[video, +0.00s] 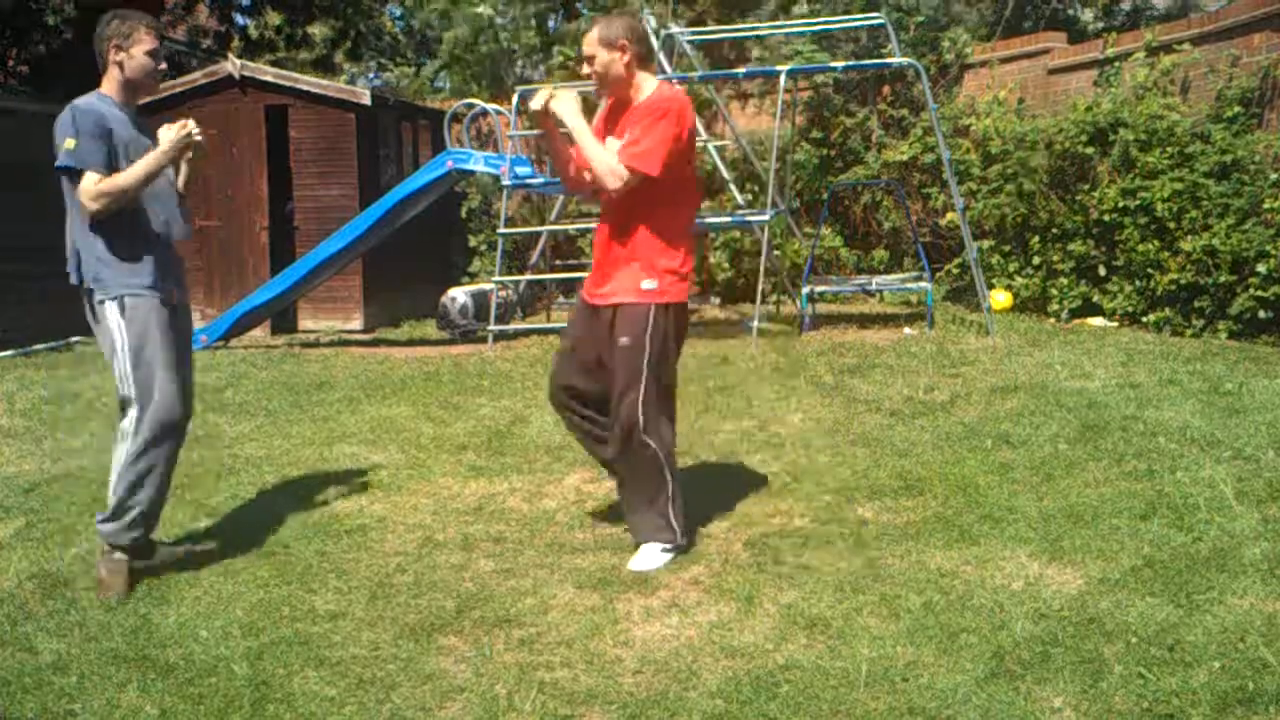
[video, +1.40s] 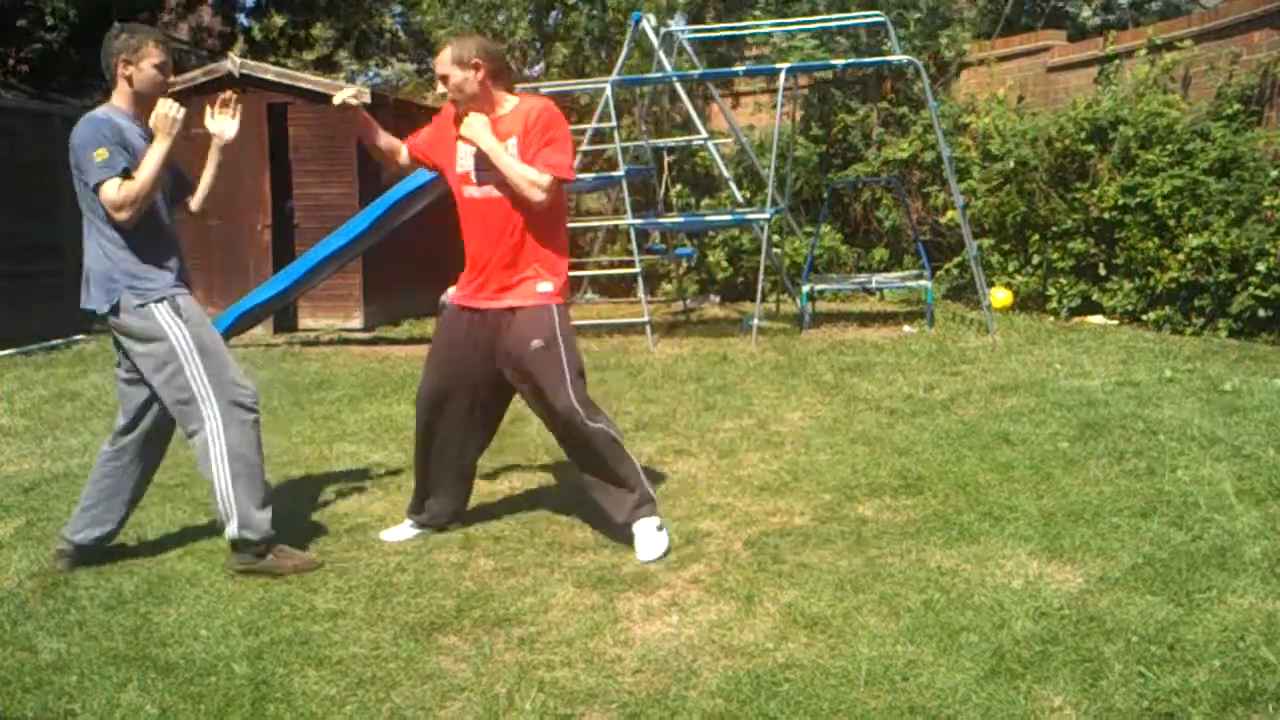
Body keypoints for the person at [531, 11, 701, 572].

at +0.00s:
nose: (587, 71)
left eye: (593, 60)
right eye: (585, 61)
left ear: (625, 55)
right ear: (613, 57)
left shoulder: (666, 103)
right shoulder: (614, 108)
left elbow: (615, 177)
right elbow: (578, 178)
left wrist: (573, 117)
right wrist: (551, 128)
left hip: (652, 278)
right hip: (608, 275)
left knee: (637, 407)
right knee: (571, 388)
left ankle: (661, 532)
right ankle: (642, 481)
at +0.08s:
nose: (573, 70)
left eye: (578, 60)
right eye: (572, 61)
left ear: (610, 54)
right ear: (603, 55)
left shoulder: (652, 103)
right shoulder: (607, 106)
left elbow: (599, 178)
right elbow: (570, 177)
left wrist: (565, 114)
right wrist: (546, 121)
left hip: (639, 278)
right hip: (597, 274)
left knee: (631, 410)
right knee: (547, 376)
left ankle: (662, 530)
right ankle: (618, 481)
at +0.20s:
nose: (550, 67)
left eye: (555, 56)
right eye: (549, 58)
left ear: (584, 48)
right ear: (580, 49)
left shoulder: (627, 95)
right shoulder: (584, 101)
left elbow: (556, 151)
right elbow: (539, 161)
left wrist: (528, 96)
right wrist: (518, 104)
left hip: (615, 272)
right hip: (571, 270)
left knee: (625, 407)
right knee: (521, 384)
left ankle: (661, 529)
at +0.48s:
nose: (480, 80)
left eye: (485, 70)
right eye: (479, 71)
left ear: (515, 64)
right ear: (511, 64)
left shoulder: (570, 112)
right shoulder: (500, 120)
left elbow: (532, 182)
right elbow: (465, 174)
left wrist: (491, 127)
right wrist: (450, 124)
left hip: (561, 295)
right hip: (503, 296)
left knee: (593, 417)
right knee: (467, 408)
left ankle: (656, 527)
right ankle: (469, 517)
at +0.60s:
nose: (455, 78)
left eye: (460, 68)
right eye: (452, 69)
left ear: (493, 61)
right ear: (479, 64)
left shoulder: (549, 103)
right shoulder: (466, 112)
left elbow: (519, 168)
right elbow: (408, 127)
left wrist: (471, 121)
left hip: (556, 290)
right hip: (492, 293)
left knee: (587, 409)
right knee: (477, 408)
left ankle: (642, 522)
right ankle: (469, 517)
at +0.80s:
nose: (470, 84)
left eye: (475, 72)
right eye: (466, 74)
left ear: (511, 65)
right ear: (489, 70)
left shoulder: (565, 113)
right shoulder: (473, 119)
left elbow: (543, 191)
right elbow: (430, 176)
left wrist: (490, 140)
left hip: (559, 298)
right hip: (488, 299)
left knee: (592, 410)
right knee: (468, 407)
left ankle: (658, 521)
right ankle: (468, 519)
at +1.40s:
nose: (440, 89)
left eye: (445, 79)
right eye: (438, 81)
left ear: (476, 72)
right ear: (466, 74)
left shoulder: (538, 114)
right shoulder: (452, 121)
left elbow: (539, 191)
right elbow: (399, 155)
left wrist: (488, 143)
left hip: (532, 290)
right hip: (473, 292)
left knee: (568, 409)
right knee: (438, 401)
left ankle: (640, 513)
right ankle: (435, 512)